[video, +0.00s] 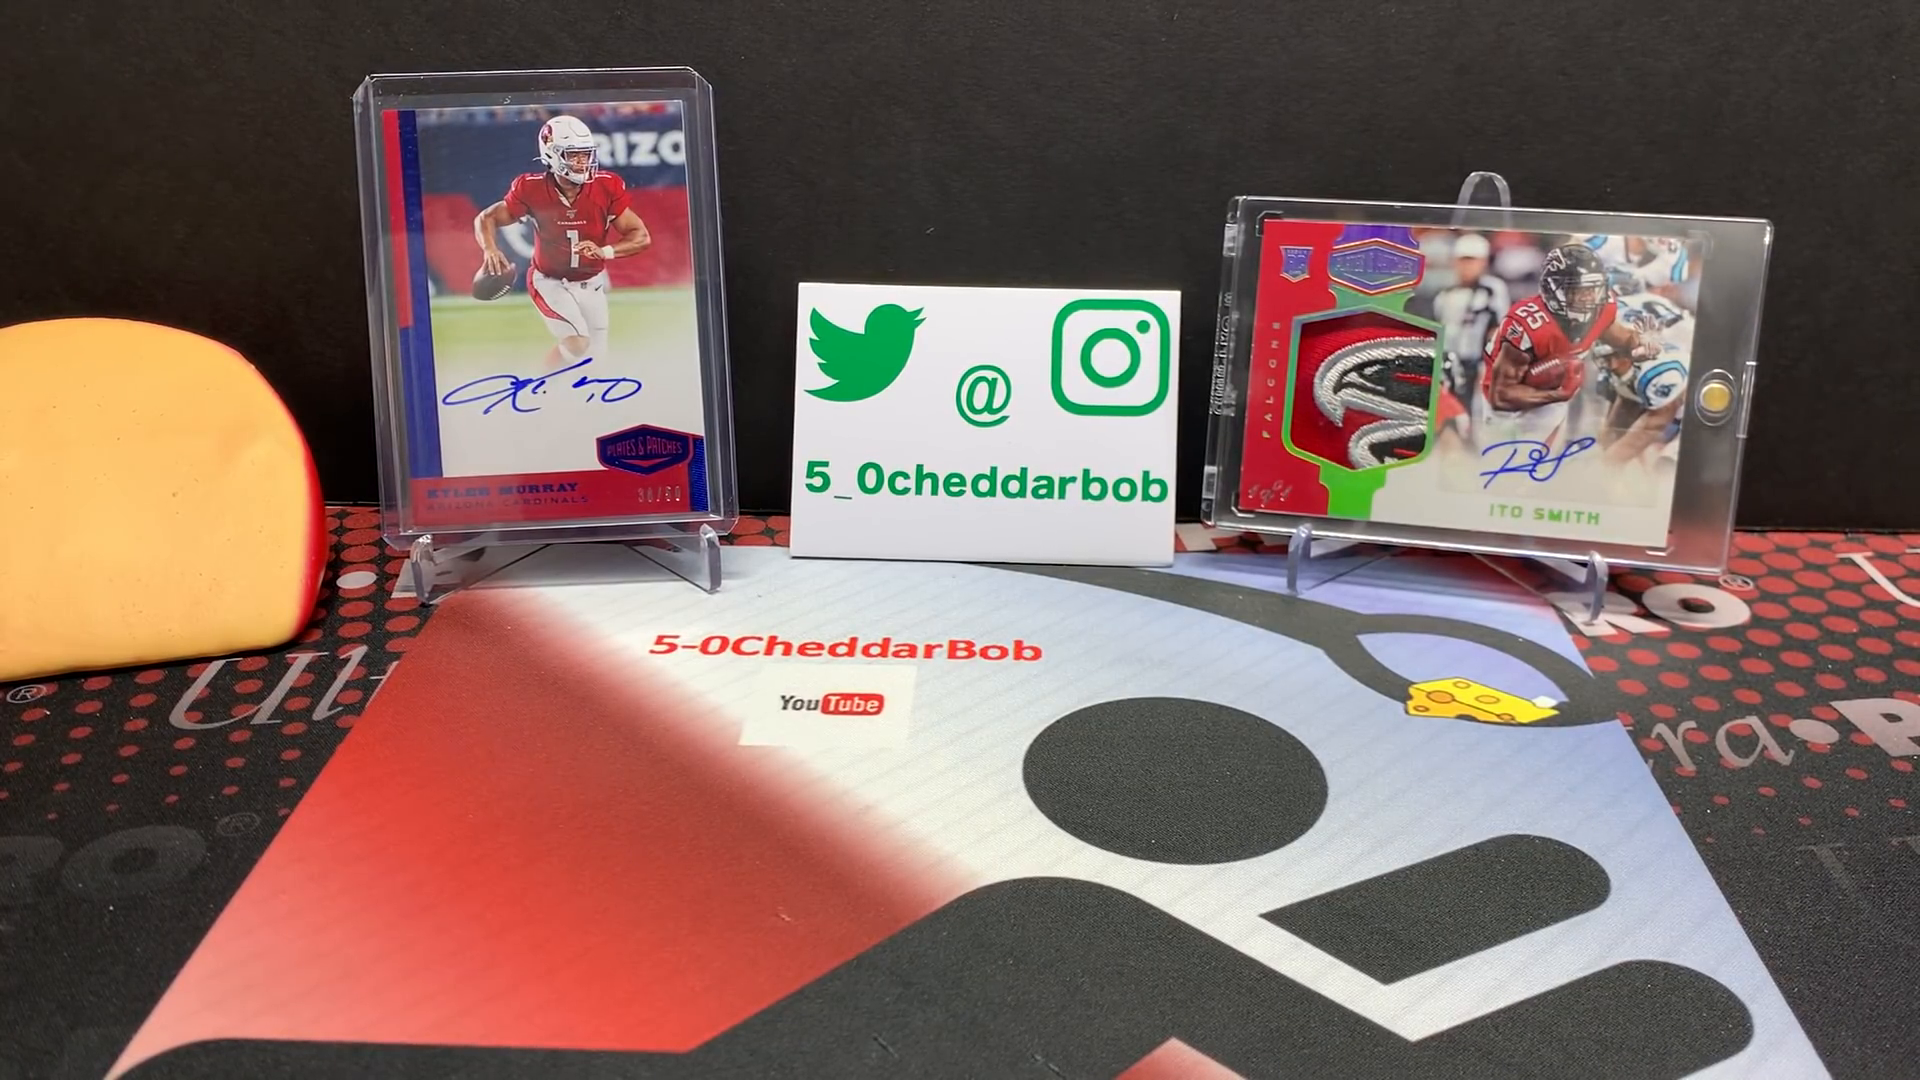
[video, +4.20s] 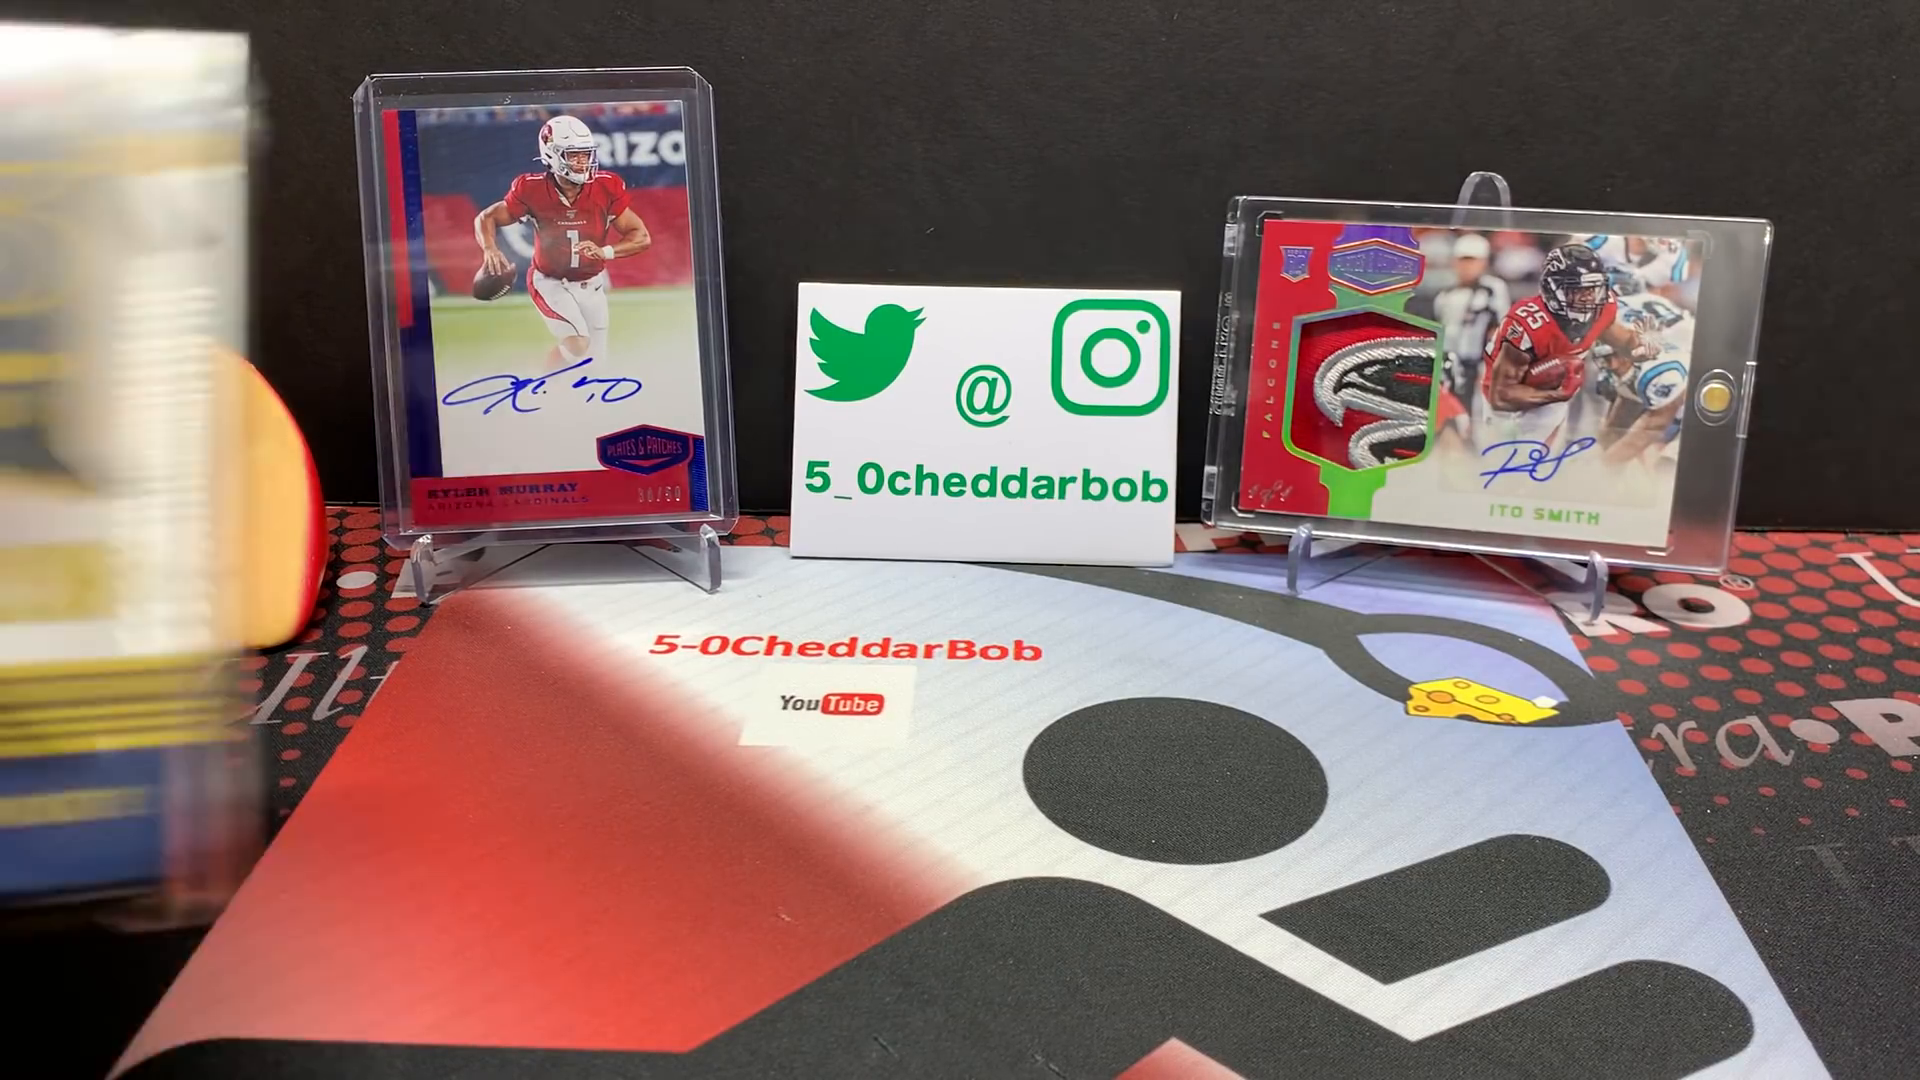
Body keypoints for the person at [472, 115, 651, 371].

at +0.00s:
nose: (580, 162)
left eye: (585, 155)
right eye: (572, 156)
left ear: (592, 154)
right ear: (552, 155)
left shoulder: (607, 186)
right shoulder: (530, 189)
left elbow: (641, 237)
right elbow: (484, 219)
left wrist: (605, 252)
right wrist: (490, 249)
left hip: (591, 282)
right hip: (548, 280)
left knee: (595, 361)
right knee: (576, 343)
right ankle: (533, 391)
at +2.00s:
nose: (580, 162)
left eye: (585, 155)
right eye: (573, 156)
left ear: (592, 154)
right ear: (552, 155)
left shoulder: (606, 187)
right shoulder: (530, 189)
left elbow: (641, 238)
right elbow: (484, 219)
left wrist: (605, 252)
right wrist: (489, 248)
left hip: (591, 283)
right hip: (549, 280)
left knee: (596, 362)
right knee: (577, 344)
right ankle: (534, 391)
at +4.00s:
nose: (580, 162)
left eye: (584, 155)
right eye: (573, 156)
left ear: (592, 154)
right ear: (552, 155)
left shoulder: (606, 187)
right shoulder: (530, 189)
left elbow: (642, 237)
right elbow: (484, 219)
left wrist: (606, 252)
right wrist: (490, 248)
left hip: (591, 283)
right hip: (549, 280)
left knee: (596, 363)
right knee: (577, 344)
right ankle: (535, 391)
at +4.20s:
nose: (580, 162)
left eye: (585, 155)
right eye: (573, 156)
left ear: (591, 154)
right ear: (552, 155)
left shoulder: (607, 187)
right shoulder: (530, 190)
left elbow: (642, 238)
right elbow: (484, 219)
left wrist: (605, 252)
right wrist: (490, 248)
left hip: (591, 283)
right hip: (548, 280)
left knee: (596, 363)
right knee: (577, 344)